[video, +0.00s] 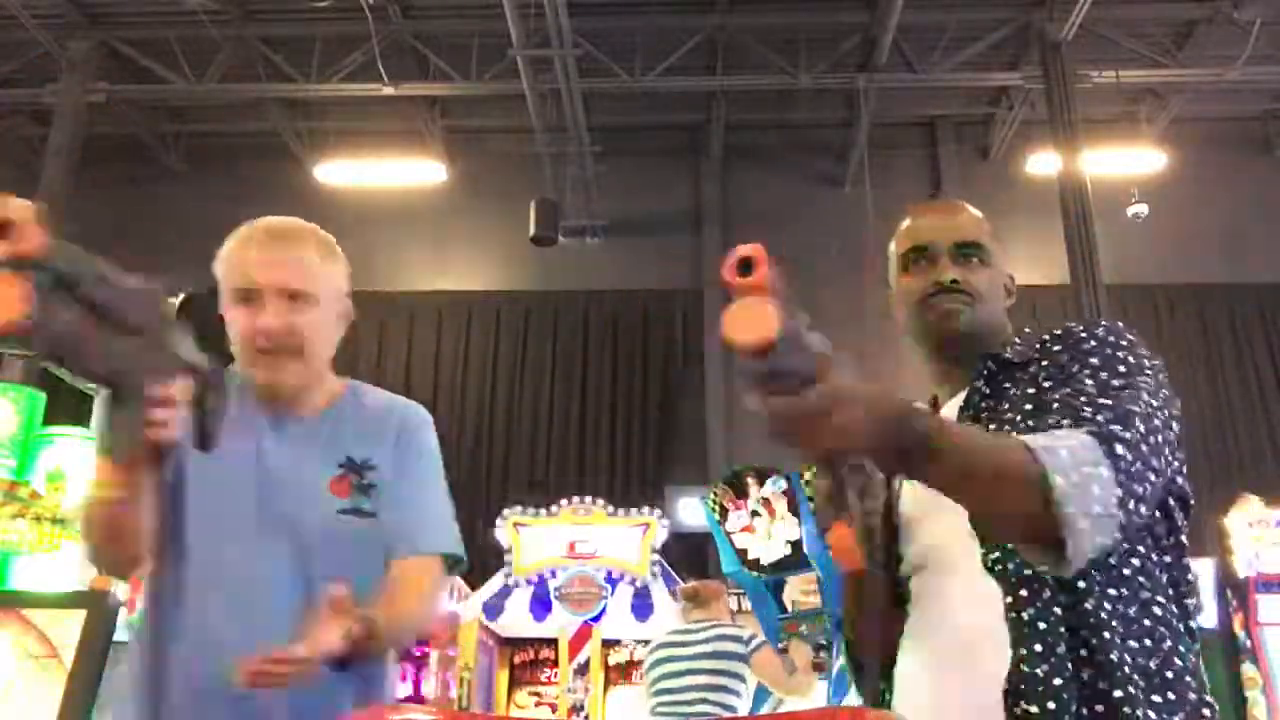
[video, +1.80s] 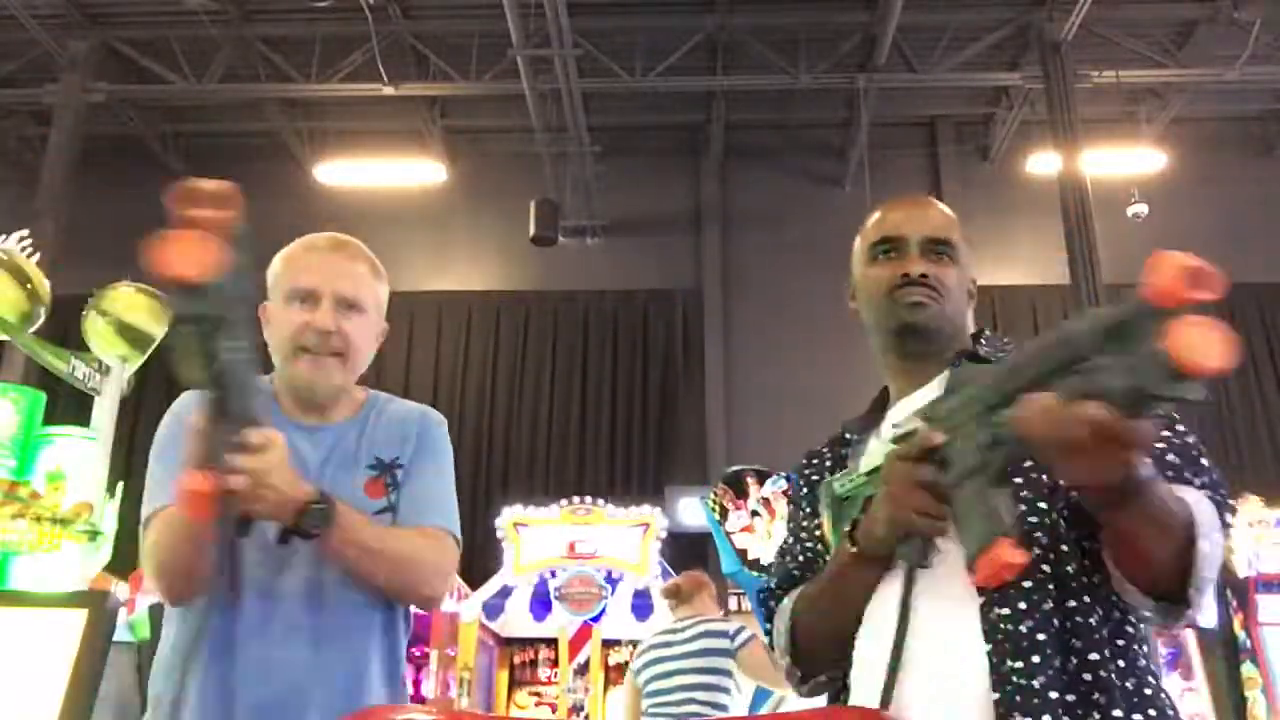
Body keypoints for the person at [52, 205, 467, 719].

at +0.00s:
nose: (270, 322)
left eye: (295, 299)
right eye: (248, 299)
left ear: (343, 314)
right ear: (222, 312)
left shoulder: (397, 429)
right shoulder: (178, 413)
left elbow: (417, 595)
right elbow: (116, 560)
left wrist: (353, 630)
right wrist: (134, 457)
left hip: (328, 708)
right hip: (172, 703)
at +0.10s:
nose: (227, 295)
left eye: (254, 271)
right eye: (206, 269)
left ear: (304, 290)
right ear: (181, 281)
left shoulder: (362, 411)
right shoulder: (134, 383)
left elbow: (385, 581)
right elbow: (50, 527)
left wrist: (310, 638)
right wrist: (60, 424)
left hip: (288, 711)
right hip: (129, 705)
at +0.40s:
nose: (270, 257)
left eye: (299, 234)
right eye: (246, 233)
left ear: (352, 256)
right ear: (218, 250)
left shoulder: (412, 389)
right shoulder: (161, 366)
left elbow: (447, 572)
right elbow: (86, 526)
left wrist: (351, 648)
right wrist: (79, 405)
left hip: (330, 715)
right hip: (151, 707)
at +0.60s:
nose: (297, 296)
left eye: (322, 277)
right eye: (276, 275)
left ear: (362, 303)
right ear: (245, 295)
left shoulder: (413, 422)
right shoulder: (195, 397)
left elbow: (466, 579)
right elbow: (131, 536)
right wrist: (141, 401)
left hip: (358, 711)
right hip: (190, 704)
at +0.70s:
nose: (333, 300)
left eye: (359, 282)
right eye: (311, 279)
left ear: (396, 308)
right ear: (280, 298)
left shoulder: (440, 416)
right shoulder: (235, 396)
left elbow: (470, 573)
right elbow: (178, 547)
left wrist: (365, 481)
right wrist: (198, 465)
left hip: (379, 704)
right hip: (228, 703)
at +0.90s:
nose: (299, 297)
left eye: (326, 277)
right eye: (278, 273)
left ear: (366, 305)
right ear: (244, 292)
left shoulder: (411, 407)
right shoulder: (181, 397)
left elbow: (429, 565)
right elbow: (145, 572)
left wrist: (289, 485)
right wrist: (186, 484)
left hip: (357, 706)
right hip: (198, 705)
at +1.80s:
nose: (324, 322)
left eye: (349, 306)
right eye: (304, 300)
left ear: (379, 335)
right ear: (265, 318)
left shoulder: (416, 431)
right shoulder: (200, 416)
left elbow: (431, 577)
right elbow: (173, 583)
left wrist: (300, 505)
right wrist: (204, 477)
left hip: (353, 709)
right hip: (205, 707)